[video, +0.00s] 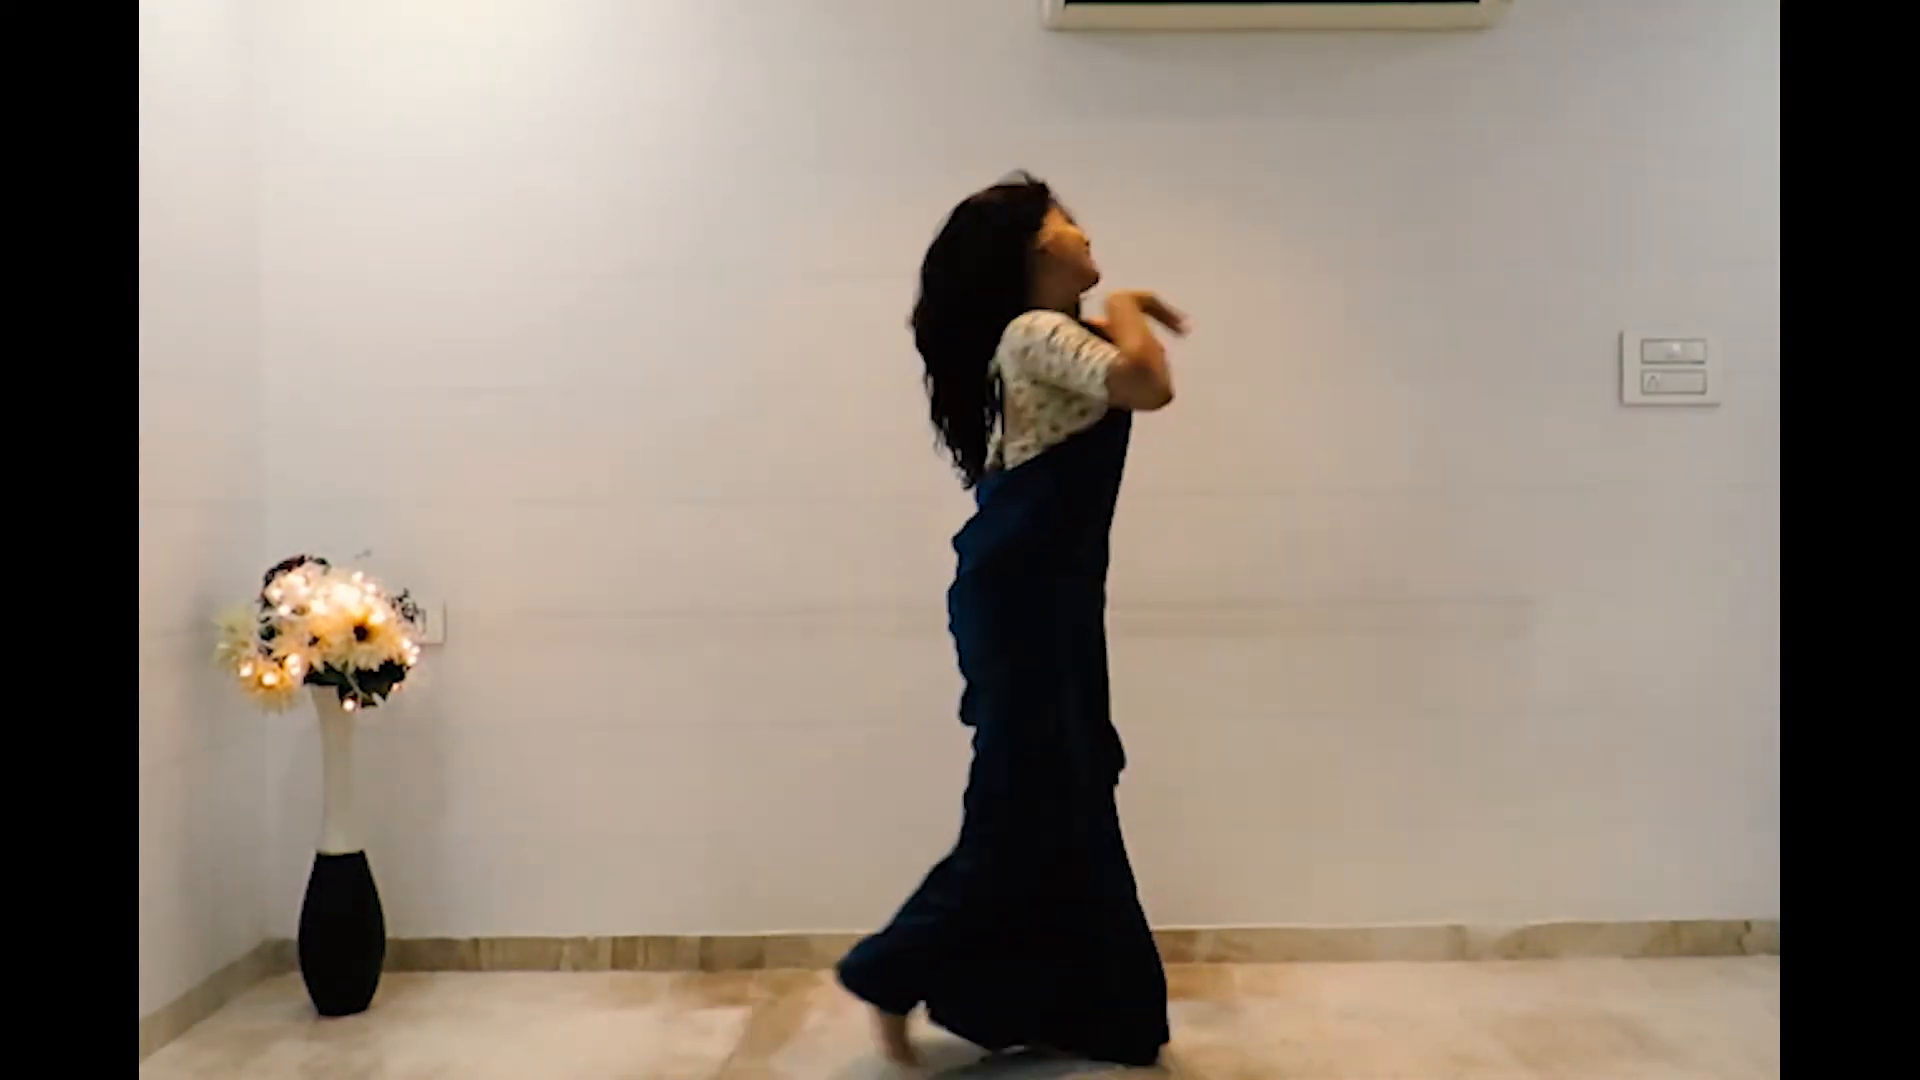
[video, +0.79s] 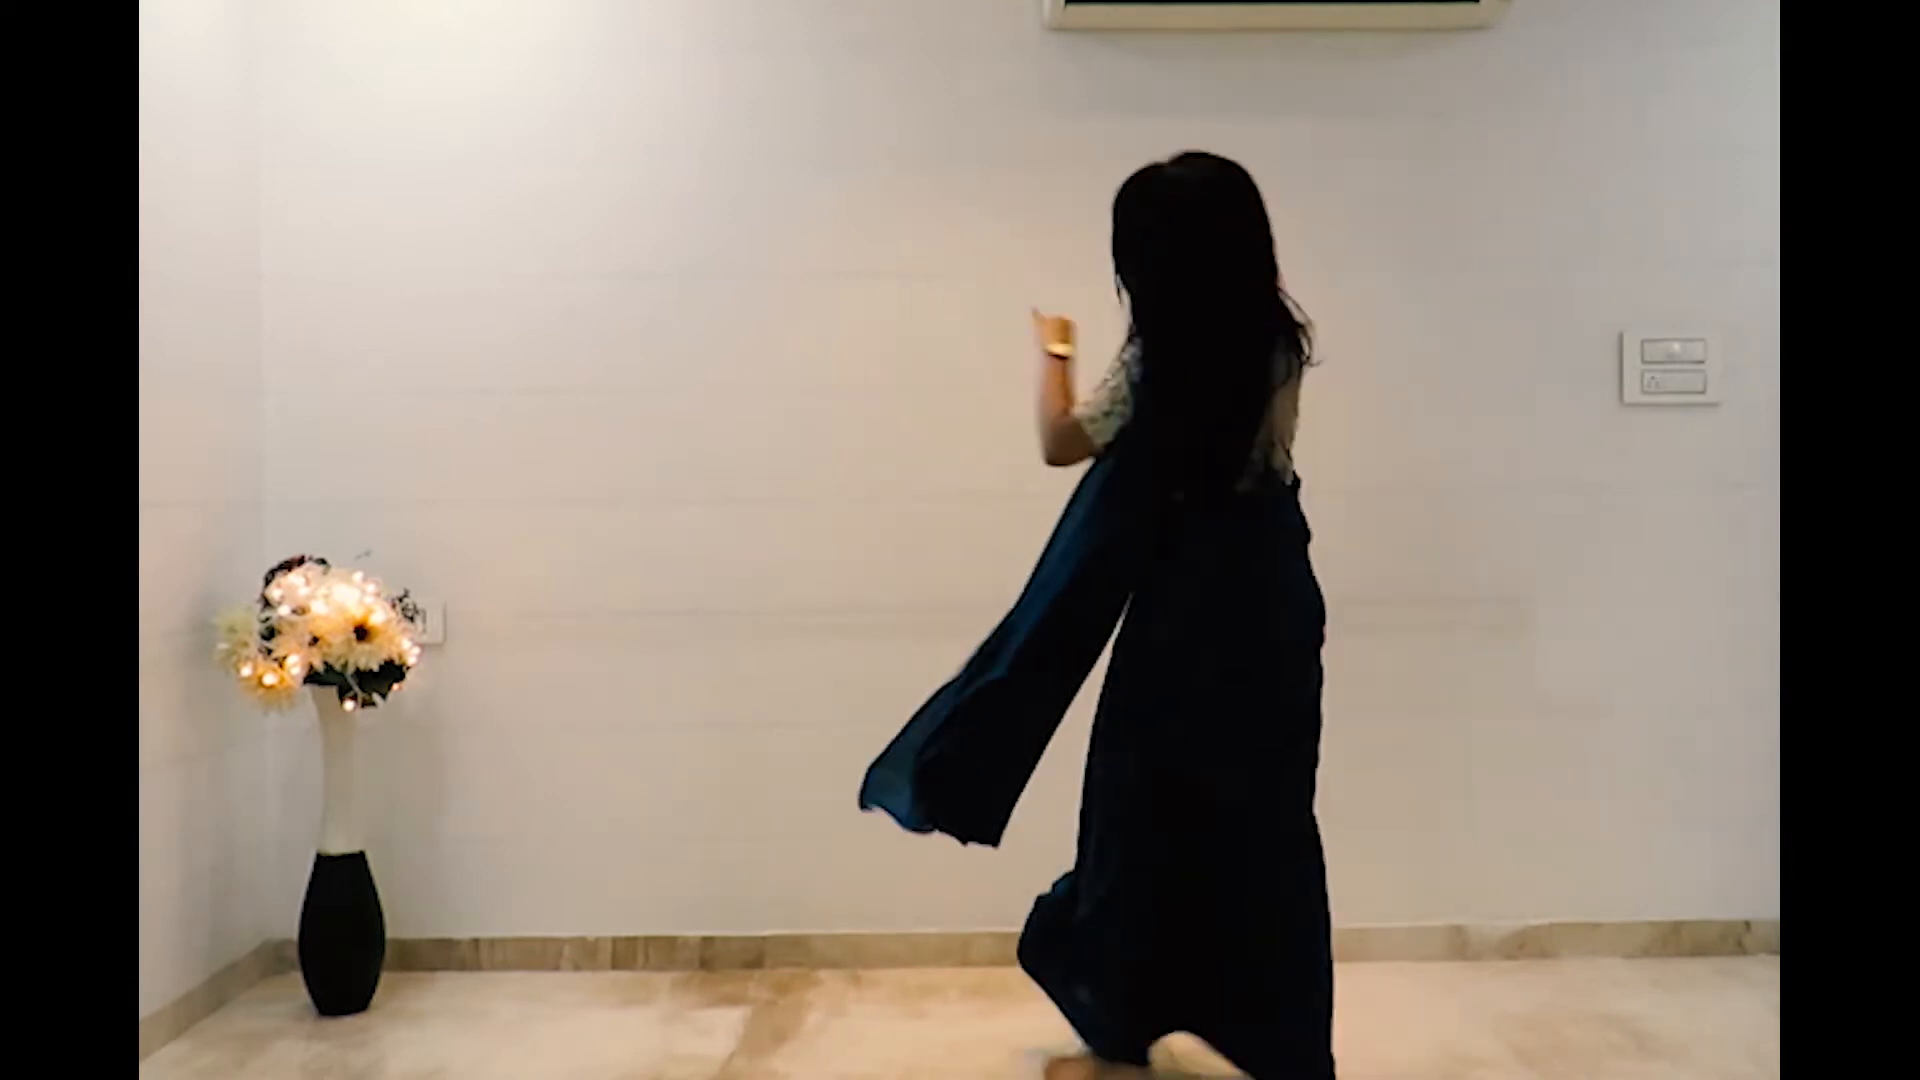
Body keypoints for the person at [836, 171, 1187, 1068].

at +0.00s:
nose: (1080, 230)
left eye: (1069, 218)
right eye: (1061, 223)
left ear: (1031, 262)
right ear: (1029, 258)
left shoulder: (1055, 331)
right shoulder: (1034, 336)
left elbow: (1136, 379)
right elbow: (1148, 382)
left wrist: (1130, 315)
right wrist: (1127, 309)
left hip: (1053, 597)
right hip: (1015, 597)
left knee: (1072, 790)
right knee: (1029, 796)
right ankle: (894, 970)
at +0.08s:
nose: (1102, 229)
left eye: (1088, 218)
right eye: (1086, 226)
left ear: (1041, 276)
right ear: (1069, 257)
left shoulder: (1039, 346)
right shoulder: (1089, 341)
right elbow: (1194, 416)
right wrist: (1214, 339)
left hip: (1026, 612)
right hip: (1066, 623)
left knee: (1042, 801)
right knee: (1142, 803)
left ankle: (1014, 998)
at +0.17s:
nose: (1129, 261)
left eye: (1118, 250)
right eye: (1115, 256)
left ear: (1051, 305)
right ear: (1094, 290)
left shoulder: (1026, 390)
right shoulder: (1134, 384)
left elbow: (983, 484)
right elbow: (1231, 495)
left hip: (1040, 664)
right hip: (1115, 673)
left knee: (1048, 831)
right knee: (1207, 827)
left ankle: (1019, 1014)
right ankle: (1176, 1020)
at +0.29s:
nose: (1156, 293)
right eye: (1153, 278)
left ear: (1061, 291)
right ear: (1156, 285)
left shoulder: (1050, 386)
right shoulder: (1198, 380)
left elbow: (971, 479)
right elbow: (1295, 484)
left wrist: (1035, 404)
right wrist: (1385, 416)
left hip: (1075, 639)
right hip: (1176, 641)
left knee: (1087, 820)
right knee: (1226, 826)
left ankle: (1024, 1013)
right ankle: (1234, 1032)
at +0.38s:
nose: (1175, 227)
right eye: (1170, 211)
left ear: (1071, 238)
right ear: (1172, 230)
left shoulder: (1038, 343)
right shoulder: (1216, 333)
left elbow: (969, 427)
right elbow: (1345, 421)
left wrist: (922, 399)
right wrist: (1477, 403)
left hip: (1084, 632)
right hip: (1199, 631)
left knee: (1067, 803)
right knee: (1222, 823)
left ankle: (1035, 1003)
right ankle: (1262, 1039)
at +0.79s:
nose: (1127, 263)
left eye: (1133, 248)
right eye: (1129, 248)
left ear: (1156, 257)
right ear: (1248, 241)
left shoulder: (1158, 352)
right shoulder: (1284, 340)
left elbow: (1062, 444)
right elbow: (1265, 456)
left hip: (1180, 616)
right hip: (1275, 610)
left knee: (1150, 796)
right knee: (1265, 808)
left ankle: (1126, 1020)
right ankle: (1281, 1031)